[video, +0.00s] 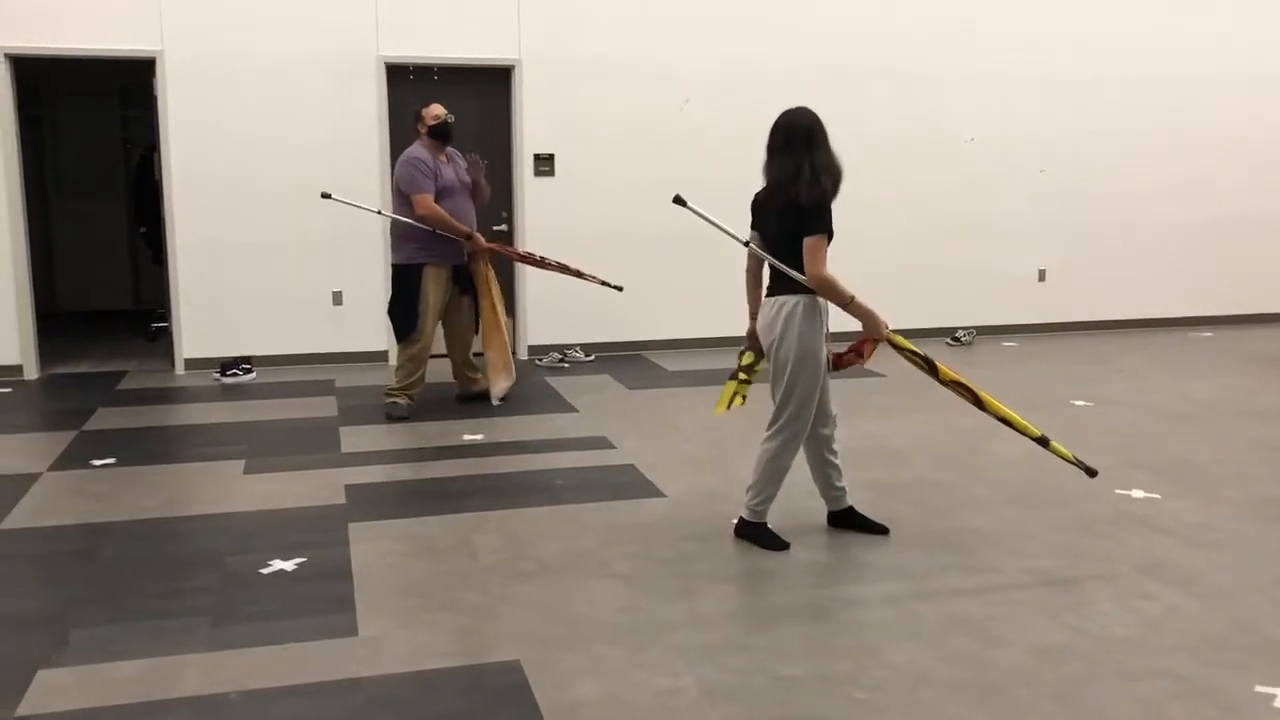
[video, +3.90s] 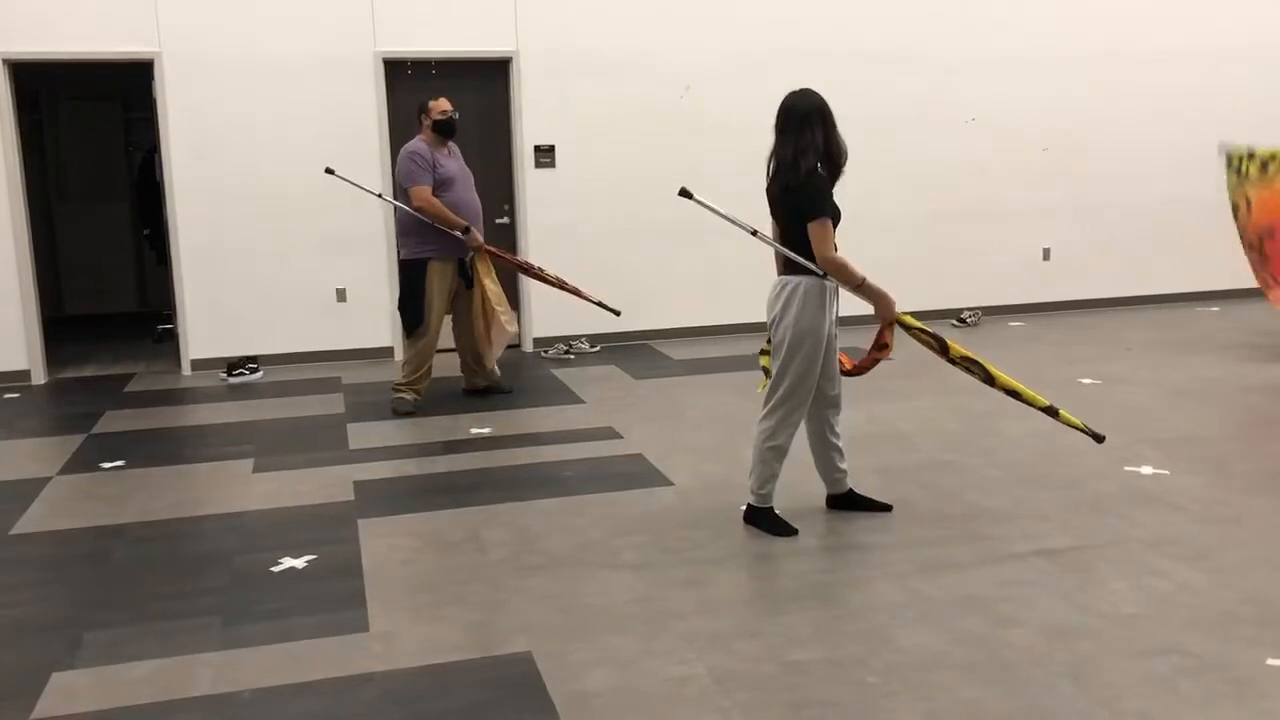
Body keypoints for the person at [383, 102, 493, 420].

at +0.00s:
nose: (444, 121)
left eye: (447, 117)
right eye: (436, 118)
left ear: (451, 124)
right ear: (422, 127)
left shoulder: (455, 157)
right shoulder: (414, 159)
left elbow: (480, 202)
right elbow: (424, 209)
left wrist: (478, 179)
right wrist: (469, 234)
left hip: (458, 257)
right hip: (422, 260)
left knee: (462, 326)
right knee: (417, 332)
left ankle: (470, 384)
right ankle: (400, 396)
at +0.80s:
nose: (451, 133)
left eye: (454, 129)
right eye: (444, 129)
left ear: (458, 133)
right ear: (428, 134)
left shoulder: (458, 165)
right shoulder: (417, 166)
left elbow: (471, 206)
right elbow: (422, 213)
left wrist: (487, 228)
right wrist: (464, 240)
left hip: (460, 265)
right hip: (425, 268)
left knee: (466, 336)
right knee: (421, 341)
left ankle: (473, 395)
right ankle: (402, 403)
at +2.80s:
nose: (457, 126)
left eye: (461, 121)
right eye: (451, 121)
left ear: (465, 125)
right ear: (437, 127)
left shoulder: (465, 156)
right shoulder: (424, 158)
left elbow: (475, 207)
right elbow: (427, 206)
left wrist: (489, 256)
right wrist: (471, 232)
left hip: (468, 258)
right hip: (432, 260)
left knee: (474, 328)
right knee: (427, 335)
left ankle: (481, 385)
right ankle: (410, 396)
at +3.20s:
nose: (458, 123)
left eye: (461, 118)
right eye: (451, 119)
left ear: (463, 123)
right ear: (434, 124)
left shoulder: (454, 154)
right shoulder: (423, 155)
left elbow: (463, 198)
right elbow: (429, 204)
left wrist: (489, 211)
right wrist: (471, 231)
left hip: (466, 255)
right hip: (431, 259)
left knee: (473, 323)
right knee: (427, 331)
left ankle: (479, 382)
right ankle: (409, 394)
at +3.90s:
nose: (450, 118)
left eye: (453, 113)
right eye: (443, 114)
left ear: (455, 119)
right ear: (425, 121)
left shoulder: (451, 148)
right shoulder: (414, 152)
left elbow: (460, 197)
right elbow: (421, 201)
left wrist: (476, 238)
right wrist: (465, 228)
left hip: (464, 251)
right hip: (428, 256)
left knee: (473, 319)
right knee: (424, 328)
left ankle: (479, 379)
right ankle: (407, 392)